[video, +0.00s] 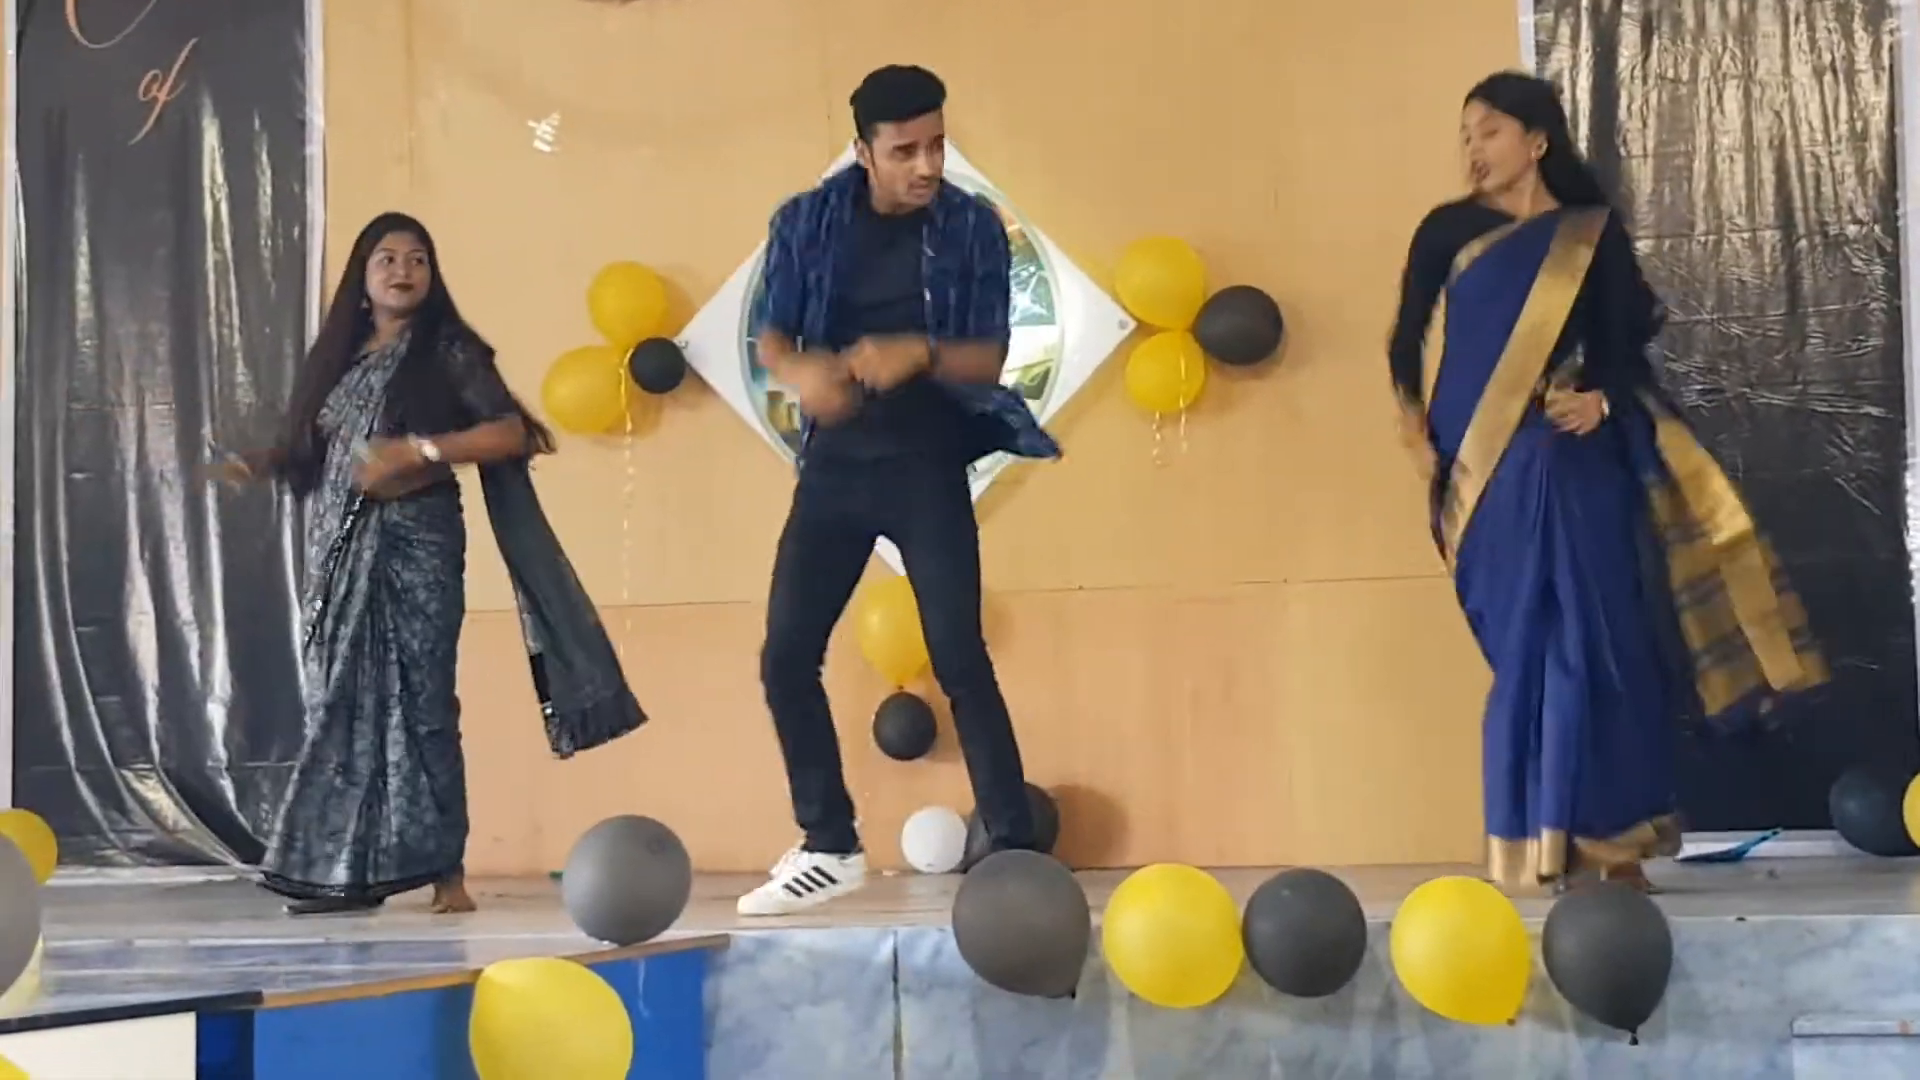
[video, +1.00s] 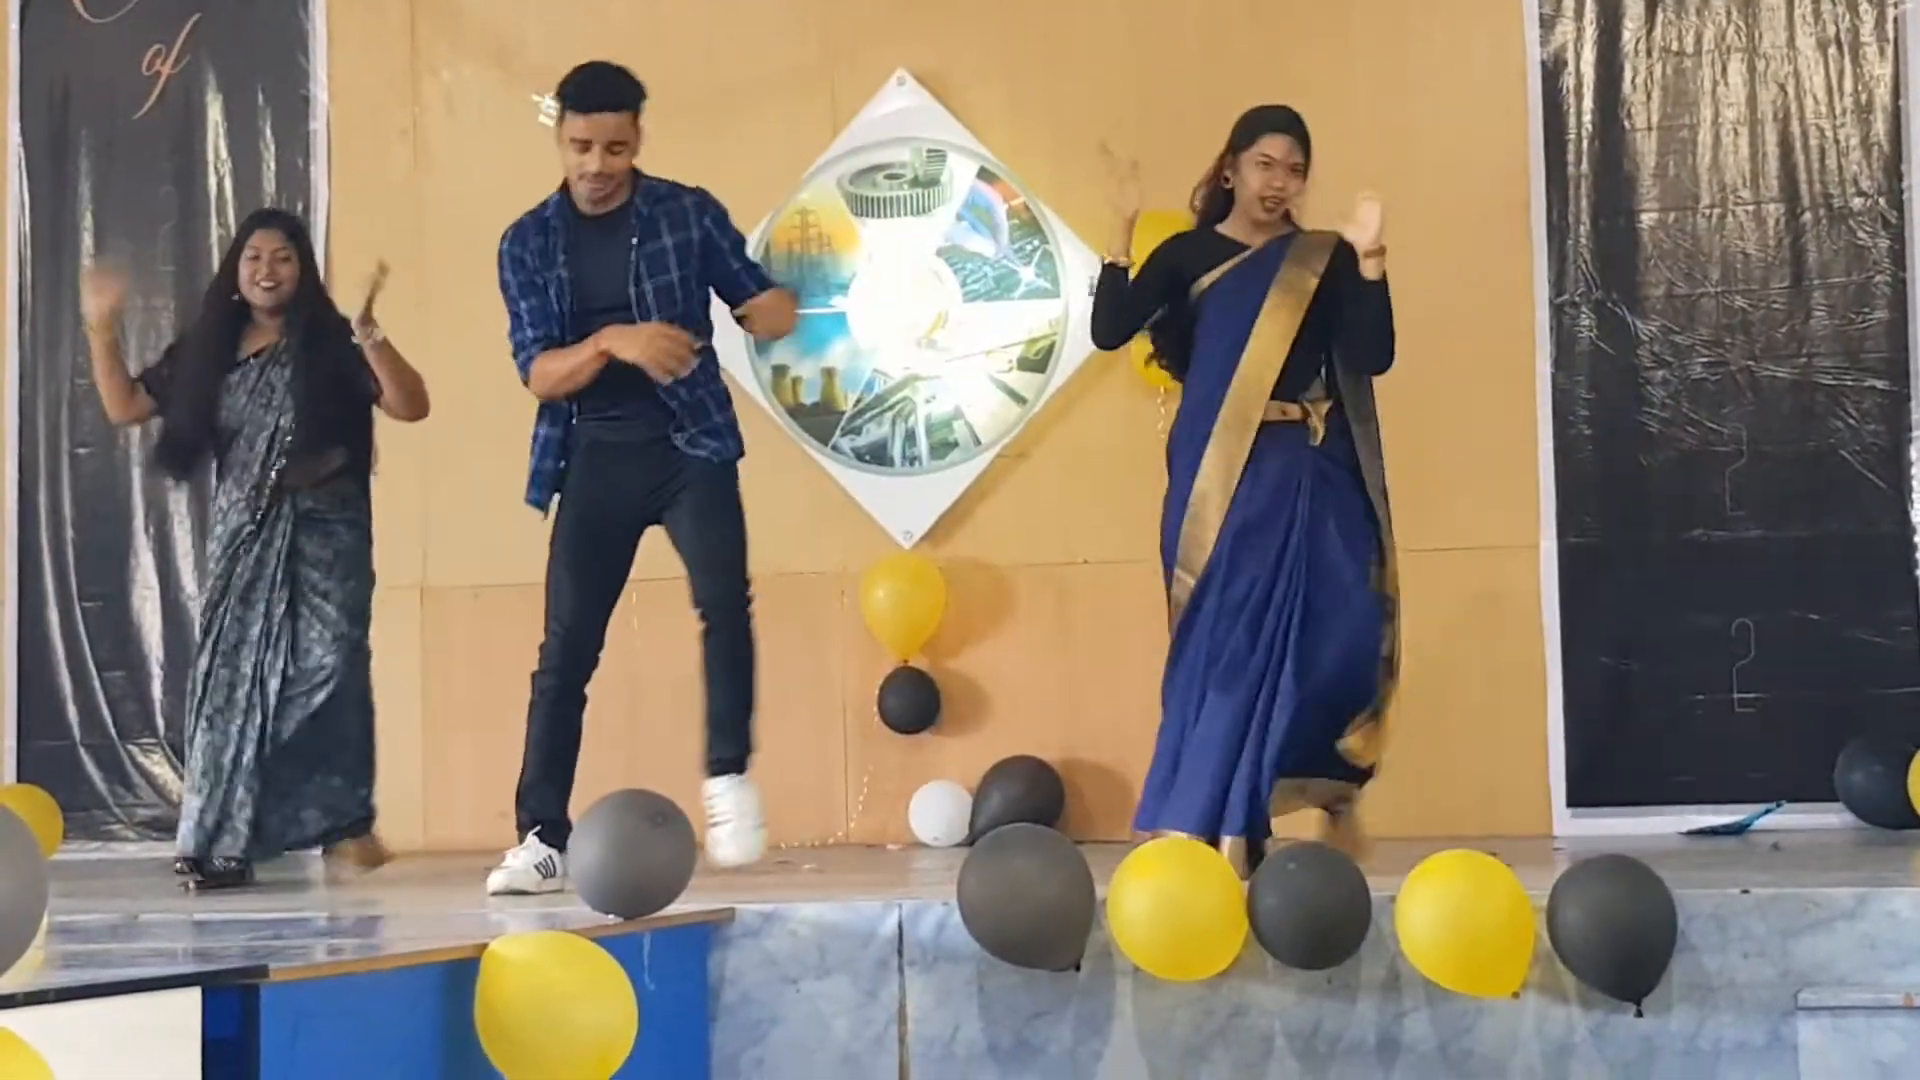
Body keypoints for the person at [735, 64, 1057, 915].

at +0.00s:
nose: (928, 166)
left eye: (936, 146)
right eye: (908, 152)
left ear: (944, 138)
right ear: (865, 149)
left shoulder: (972, 226)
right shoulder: (807, 221)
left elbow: (989, 361)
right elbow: (767, 342)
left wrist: (921, 352)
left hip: (930, 471)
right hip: (833, 472)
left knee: (959, 657)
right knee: (787, 660)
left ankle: (1010, 854)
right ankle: (830, 849)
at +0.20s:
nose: (872, 181)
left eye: (874, 162)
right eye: (852, 168)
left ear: (876, 154)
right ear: (805, 167)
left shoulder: (914, 233)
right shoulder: (760, 253)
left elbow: (972, 329)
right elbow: (763, 394)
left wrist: (992, 365)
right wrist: (851, 391)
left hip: (880, 487)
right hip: (782, 484)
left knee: (931, 664)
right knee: (684, 643)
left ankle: (1002, 834)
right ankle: (685, 813)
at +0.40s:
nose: (721, 183)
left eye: (724, 166)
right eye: (703, 170)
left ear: (726, 162)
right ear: (651, 174)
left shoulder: (767, 231)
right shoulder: (614, 262)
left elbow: (888, 275)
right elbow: (676, 352)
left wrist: (966, 238)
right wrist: (749, 271)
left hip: (790, 497)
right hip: (689, 508)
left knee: (875, 657)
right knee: (610, 677)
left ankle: (996, 823)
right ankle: (546, 851)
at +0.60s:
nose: (620, 191)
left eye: (623, 174)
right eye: (601, 180)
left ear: (625, 165)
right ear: (550, 182)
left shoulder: (670, 231)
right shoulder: (521, 278)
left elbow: (780, 284)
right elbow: (586, 379)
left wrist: (875, 263)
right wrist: (672, 308)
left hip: (712, 479)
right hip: (614, 496)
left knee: (779, 629)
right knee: (565, 673)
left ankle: (848, 805)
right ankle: (543, 853)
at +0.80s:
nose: (597, 166)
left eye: (602, 149)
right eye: (578, 157)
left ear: (606, 136)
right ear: (530, 156)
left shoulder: (657, 200)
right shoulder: (505, 254)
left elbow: (757, 269)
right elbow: (562, 362)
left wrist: (847, 256)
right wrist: (650, 293)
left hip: (686, 457)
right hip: (589, 469)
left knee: (692, 638)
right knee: (560, 655)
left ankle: (679, 824)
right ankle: (541, 843)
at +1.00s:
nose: (596, 166)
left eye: (615, 149)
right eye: (580, 149)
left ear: (640, 139)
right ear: (558, 140)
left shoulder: (689, 213)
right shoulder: (530, 242)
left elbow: (766, 311)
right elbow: (543, 377)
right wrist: (612, 340)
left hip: (693, 450)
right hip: (595, 460)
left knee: (724, 603)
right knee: (566, 649)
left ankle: (728, 784)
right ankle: (542, 839)